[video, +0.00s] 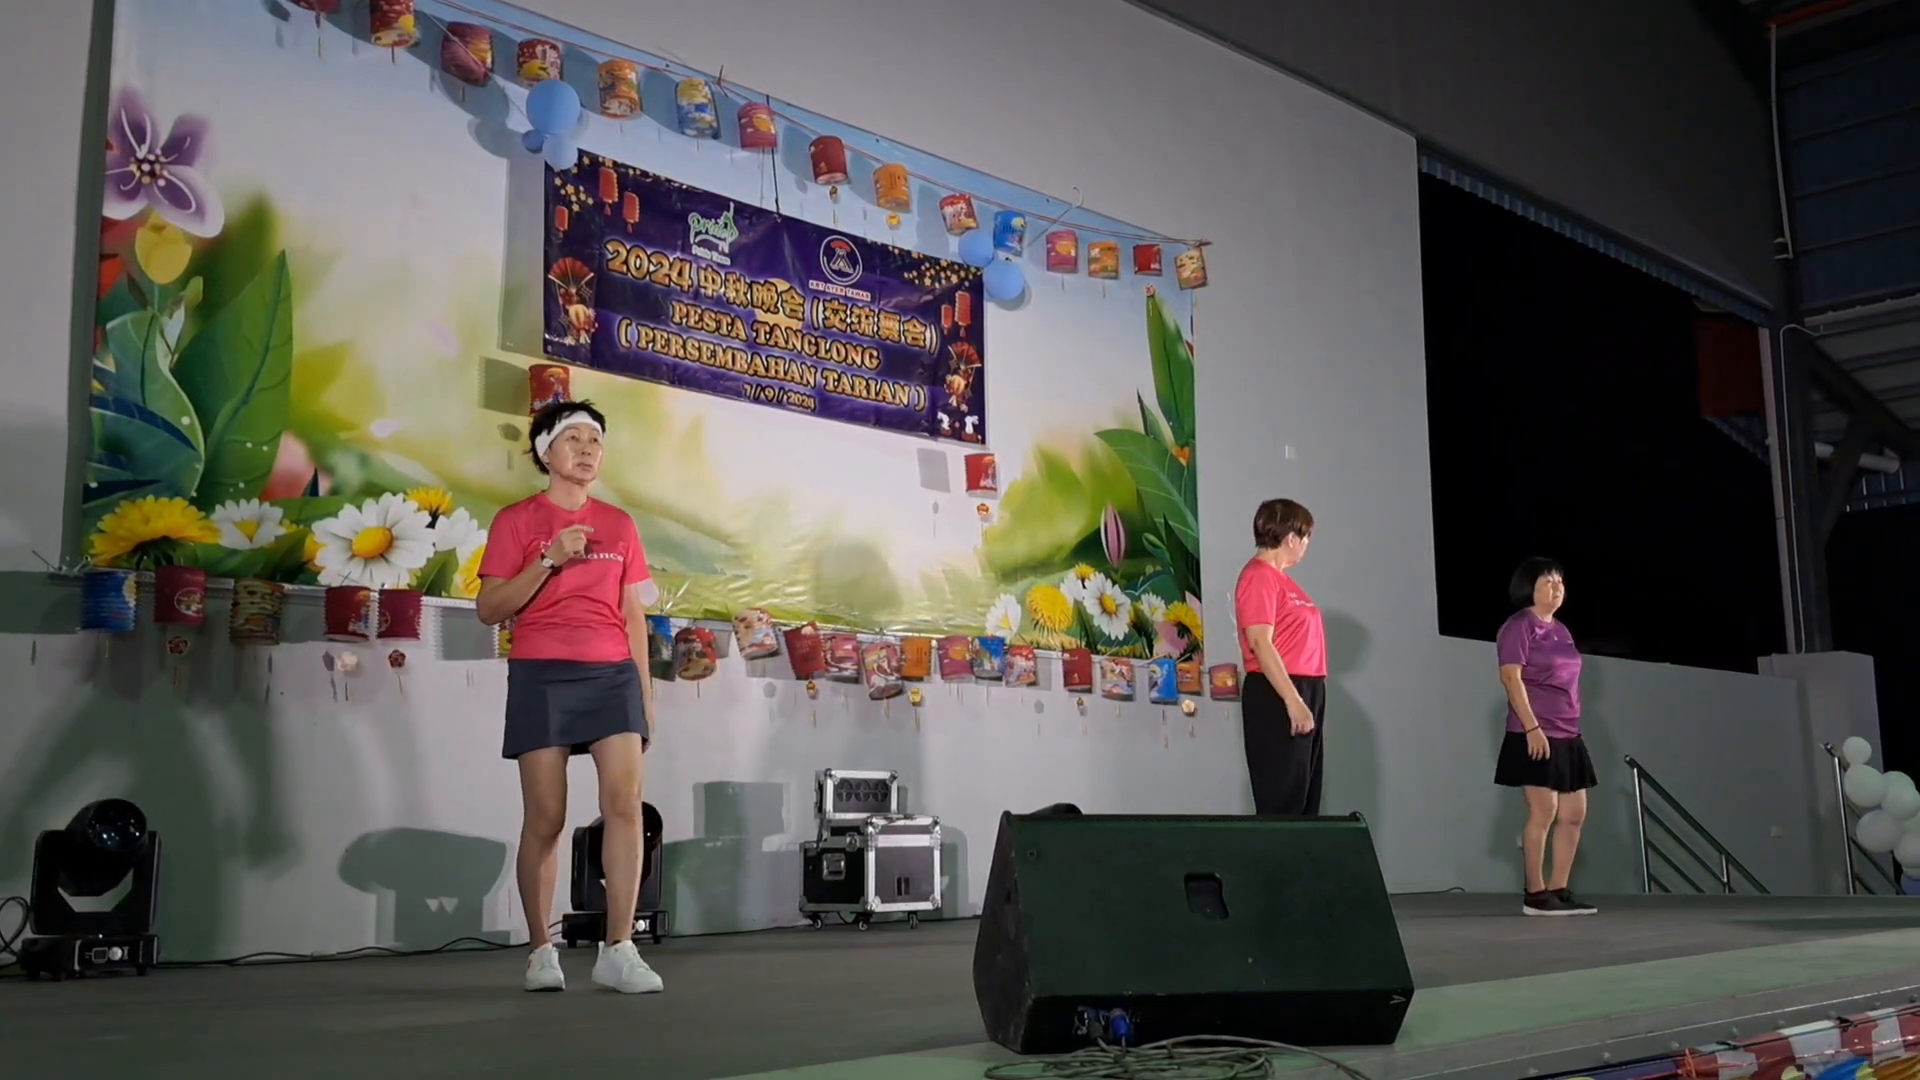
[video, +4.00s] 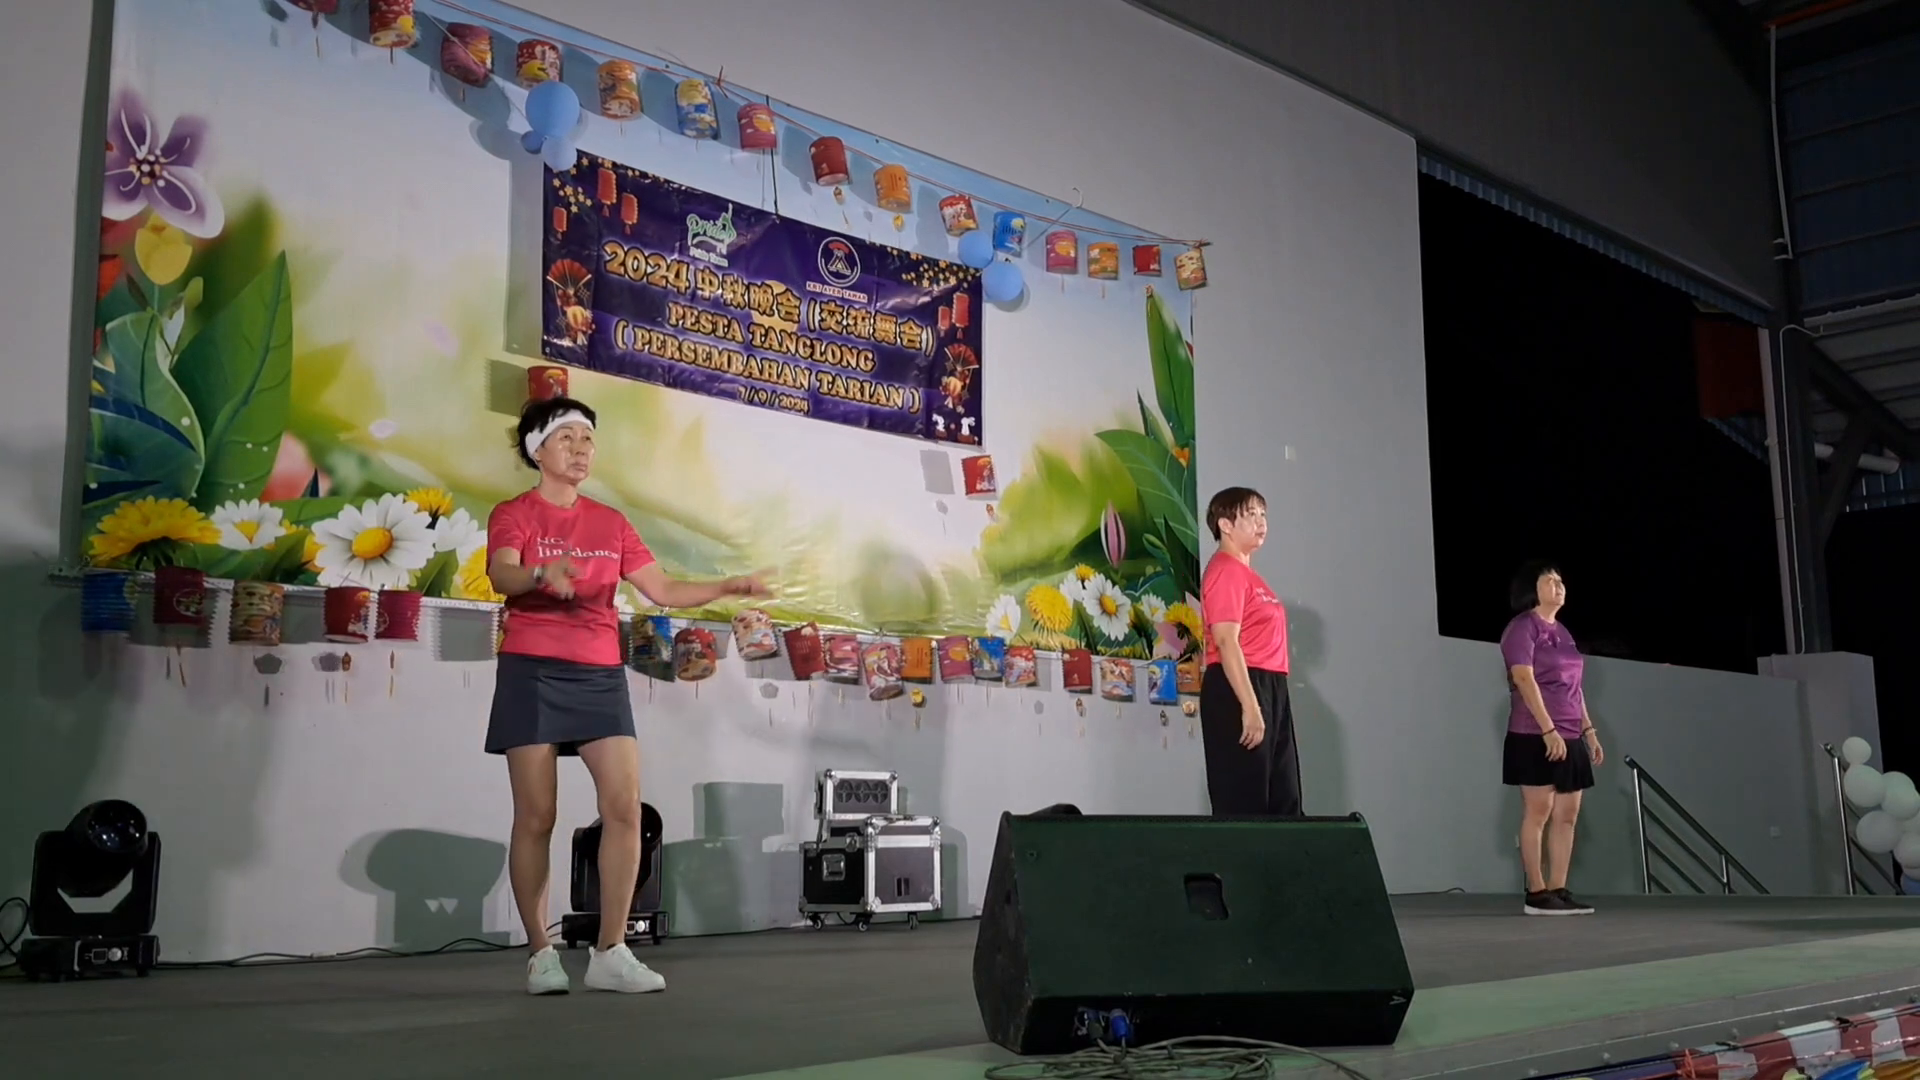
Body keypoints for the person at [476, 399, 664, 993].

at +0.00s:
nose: (586, 450)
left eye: (594, 442)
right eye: (573, 440)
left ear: (603, 455)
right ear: (545, 451)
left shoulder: (618, 524)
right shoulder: (516, 520)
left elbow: (634, 616)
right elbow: (491, 608)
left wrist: (643, 695)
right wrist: (548, 561)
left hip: (614, 677)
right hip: (541, 678)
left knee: (625, 804)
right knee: (545, 819)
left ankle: (618, 947)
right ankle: (543, 947)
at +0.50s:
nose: (590, 450)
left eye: (596, 442)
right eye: (577, 440)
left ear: (602, 454)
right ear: (546, 451)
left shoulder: (617, 522)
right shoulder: (522, 517)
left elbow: (627, 610)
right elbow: (517, 603)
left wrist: (630, 675)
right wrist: (582, 562)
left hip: (609, 677)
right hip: (540, 677)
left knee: (630, 794)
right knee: (540, 815)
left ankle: (620, 941)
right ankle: (542, 948)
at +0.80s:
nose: (608, 443)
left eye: (613, 436)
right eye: (594, 435)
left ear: (620, 453)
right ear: (565, 450)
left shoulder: (639, 522)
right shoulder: (547, 511)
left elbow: (649, 607)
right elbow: (550, 593)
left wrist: (658, 668)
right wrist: (617, 617)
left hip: (638, 675)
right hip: (572, 673)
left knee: (638, 810)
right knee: (560, 819)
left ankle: (618, 950)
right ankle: (545, 946)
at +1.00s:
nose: (633, 449)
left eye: (638, 442)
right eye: (619, 439)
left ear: (642, 455)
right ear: (587, 451)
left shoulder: (657, 526)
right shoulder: (565, 514)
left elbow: (677, 616)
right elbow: (567, 606)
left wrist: (694, 692)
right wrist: (579, 688)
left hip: (664, 677)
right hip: (597, 675)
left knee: (652, 814)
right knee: (591, 818)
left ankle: (621, 950)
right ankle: (553, 931)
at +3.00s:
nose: (596, 448)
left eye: (601, 440)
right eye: (583, 438)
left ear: (606, 453)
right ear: (551, 448)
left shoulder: (617, 523)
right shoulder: (518, 520)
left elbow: (632, 614)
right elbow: (491, 612)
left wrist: (646, 684)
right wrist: (539, 664)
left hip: (611, 681)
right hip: (538, 678)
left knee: (637, 800)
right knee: (542, 813)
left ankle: (617, 942)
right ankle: (542, 949)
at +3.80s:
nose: (583, 446)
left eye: (589, 438)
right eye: (570, 436)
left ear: (595, 449)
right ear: (538, 447)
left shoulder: (609, 521)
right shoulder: (515, 514)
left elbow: (651, 603)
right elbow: (502, 591)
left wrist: (710, 661)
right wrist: (516, 648)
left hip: (602, 676)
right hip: (534, 673)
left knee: (624, 807)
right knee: (537, 815)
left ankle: (609, 951)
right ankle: (542, 949)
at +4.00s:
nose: (580, 448)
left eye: (587, 438)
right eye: (566, 438)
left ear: (593, 450)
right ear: (536, 450)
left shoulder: (611, 523)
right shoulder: (513, 516)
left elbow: (664, 591)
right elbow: (503, 580)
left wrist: (731, 586)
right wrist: (540, 577)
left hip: (600, 676)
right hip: (530, 674)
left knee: (624, 807)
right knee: (536, 816)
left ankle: (610, 950)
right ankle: (542, 950)